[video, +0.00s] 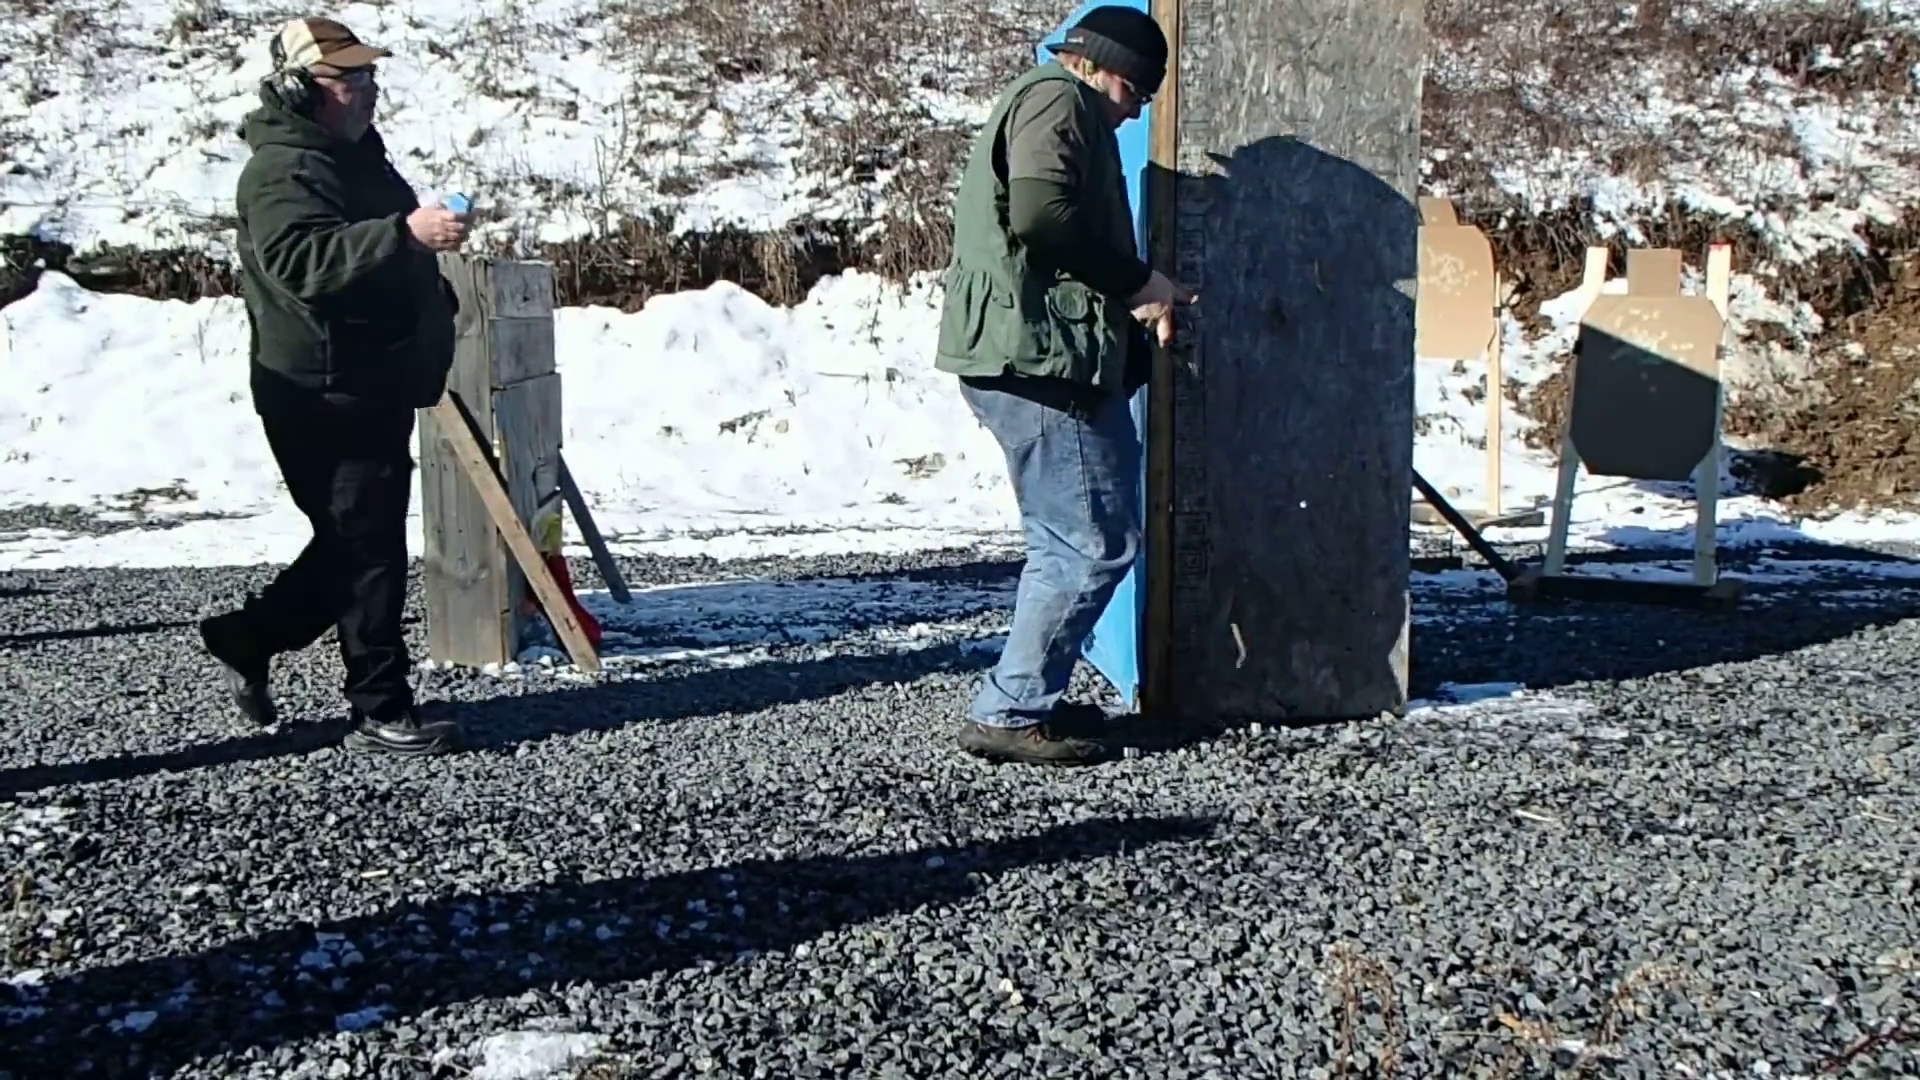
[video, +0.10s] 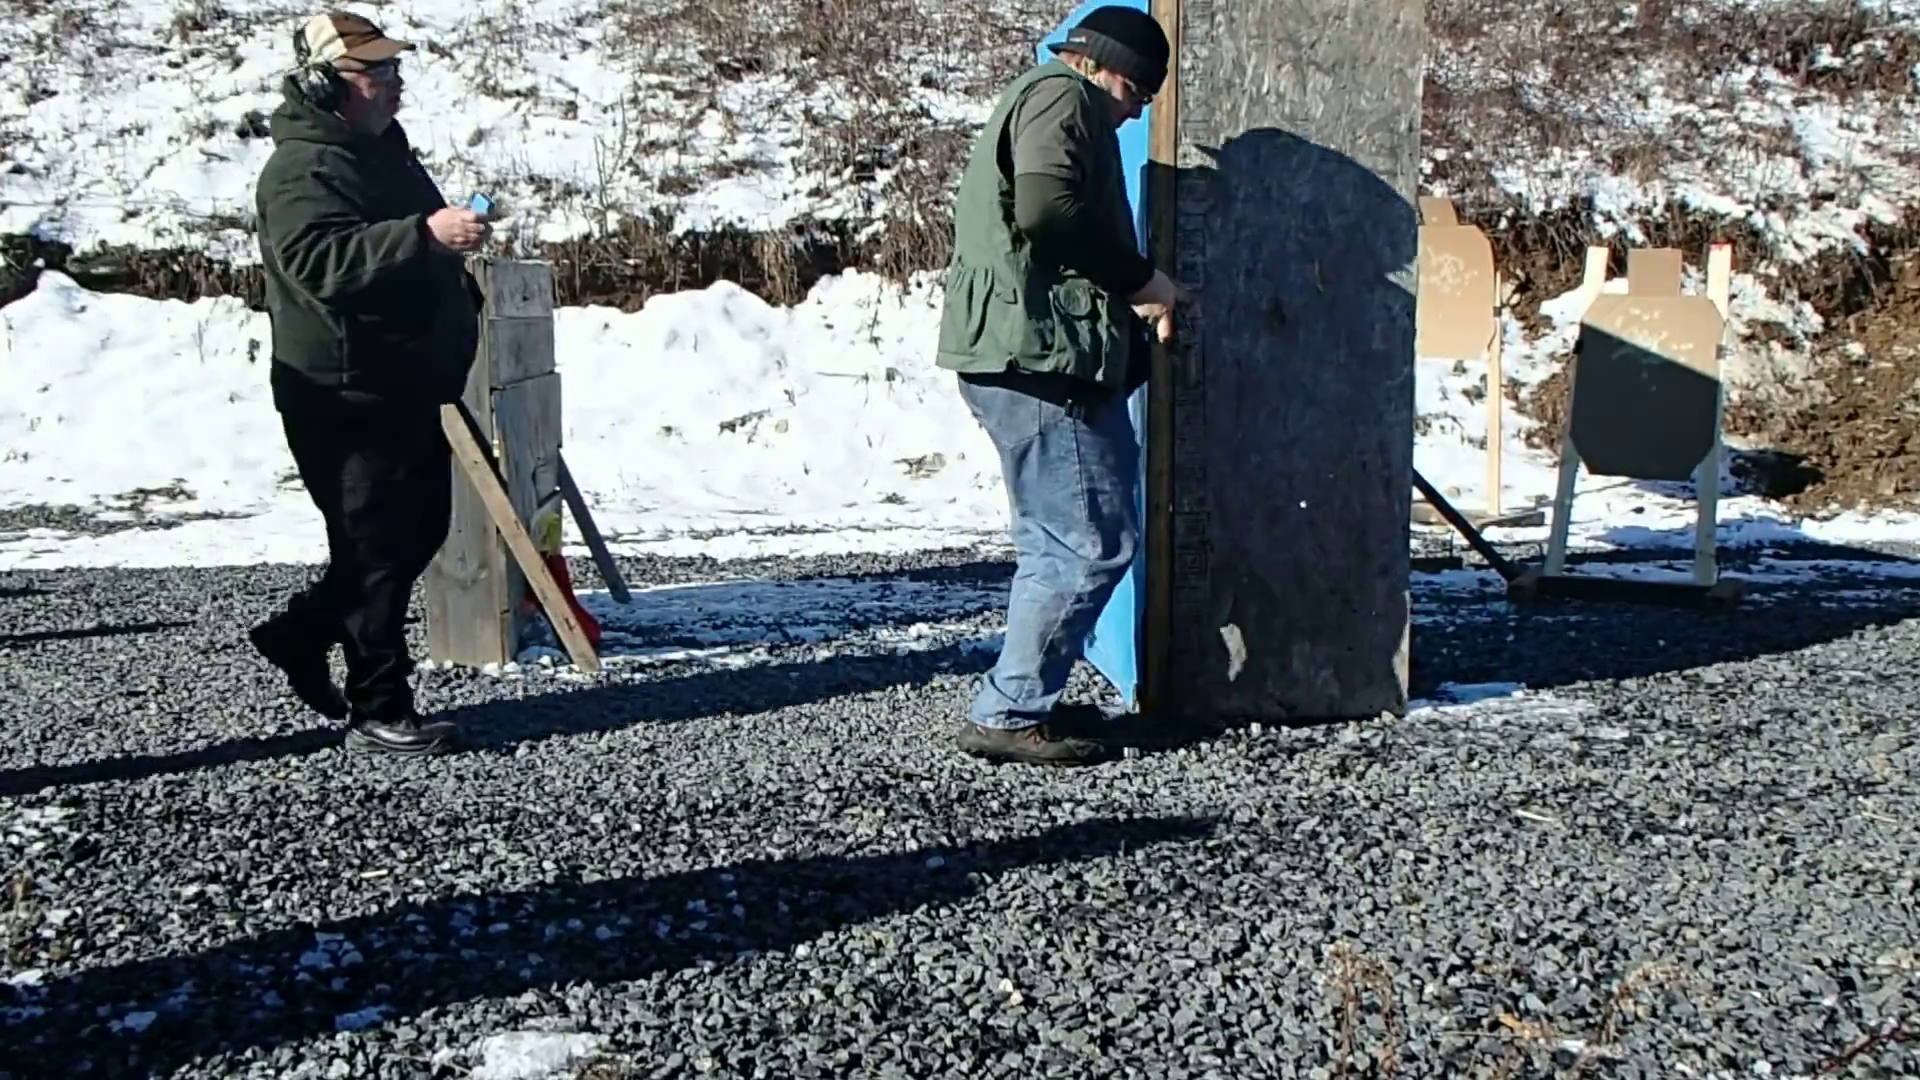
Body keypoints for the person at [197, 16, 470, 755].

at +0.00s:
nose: (373, 90)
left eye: (370, 77)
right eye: (359, 78)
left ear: (338, 89)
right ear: (319, 89)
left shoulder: (351, 155)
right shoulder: (285, 164)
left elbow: (389, 258)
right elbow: (303, 267)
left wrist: (428, 315)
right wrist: (408, 235)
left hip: (372, 383)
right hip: (319, 390)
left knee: (367, 542)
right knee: (362, 543)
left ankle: (247, 636)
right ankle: (383, 708)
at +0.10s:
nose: (398, 85)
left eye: (395, 72)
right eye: (383, 73)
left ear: (365, 84)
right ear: (342, 83)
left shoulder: (380, 148)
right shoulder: (304, 161)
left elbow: (410, 249)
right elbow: (324, 266)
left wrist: (456, 253)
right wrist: (426, 234)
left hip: (402, 378)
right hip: (338, 385)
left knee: (420, 525)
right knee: (373, 536)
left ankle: (300, 630)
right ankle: (380, 708)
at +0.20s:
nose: (419, 80)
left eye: (417, 67)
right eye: (404, 68)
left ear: (394, 79)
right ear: (360, 77)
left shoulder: (407, 147)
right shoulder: (322, 163)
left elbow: (440, 245)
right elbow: (343, 266)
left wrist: (477, 275)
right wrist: (444, 234)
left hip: (425, 379)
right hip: (359, 386)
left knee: (455, 523)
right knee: (384, 534)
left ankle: (386, 670)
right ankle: (378, 701)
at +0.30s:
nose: (443, 77)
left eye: (442, 64)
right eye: (428, 66)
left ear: (417, 76)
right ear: (385, 75)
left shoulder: (437, 147)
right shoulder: (344, 158)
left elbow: (468, 239)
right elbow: (356, 265)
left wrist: (505, 263)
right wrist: (464, 236)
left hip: (456, 380)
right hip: (381, 387)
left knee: (482, 537)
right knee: (396, 544)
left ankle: (477, 693)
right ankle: (382, 708)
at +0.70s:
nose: (549, 82)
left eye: (546, 71)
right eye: (534, 72)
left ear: (518, 84)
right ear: (492, 82)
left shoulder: (543, 159)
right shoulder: (452, 166)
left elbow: (581, 253)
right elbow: (460, 262)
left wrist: (622, 297)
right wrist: (558, 232)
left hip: (567, 386)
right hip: (491, 391)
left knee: (584, 547)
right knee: (508, 540)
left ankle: (588, 707)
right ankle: (420, 685)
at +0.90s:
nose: (591, 78)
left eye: (589, 66)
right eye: (577, 67)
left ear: (558, 77)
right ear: (536, 77)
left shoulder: (584, 149)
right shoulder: (495, 158)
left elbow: (625, 241)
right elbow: (497, 256)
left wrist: (657, 251)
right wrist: (590, 223)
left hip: (607, 375)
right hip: (543, 383)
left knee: (612, 543)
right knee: (578, 539)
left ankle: (592, 702)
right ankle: (525, 682)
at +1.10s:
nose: (631, 79)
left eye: (629, 66)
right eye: (617, 67)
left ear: (599, 77)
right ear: (576, 75)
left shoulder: (604, 146)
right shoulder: (534, 156)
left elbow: (638, 242)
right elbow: (530, 264)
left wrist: (687, 275)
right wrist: (621, 239)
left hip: (621, 379)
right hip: (577, 387)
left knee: (603, 546)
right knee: (629, 540)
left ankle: (590, 712)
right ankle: (637, 717)